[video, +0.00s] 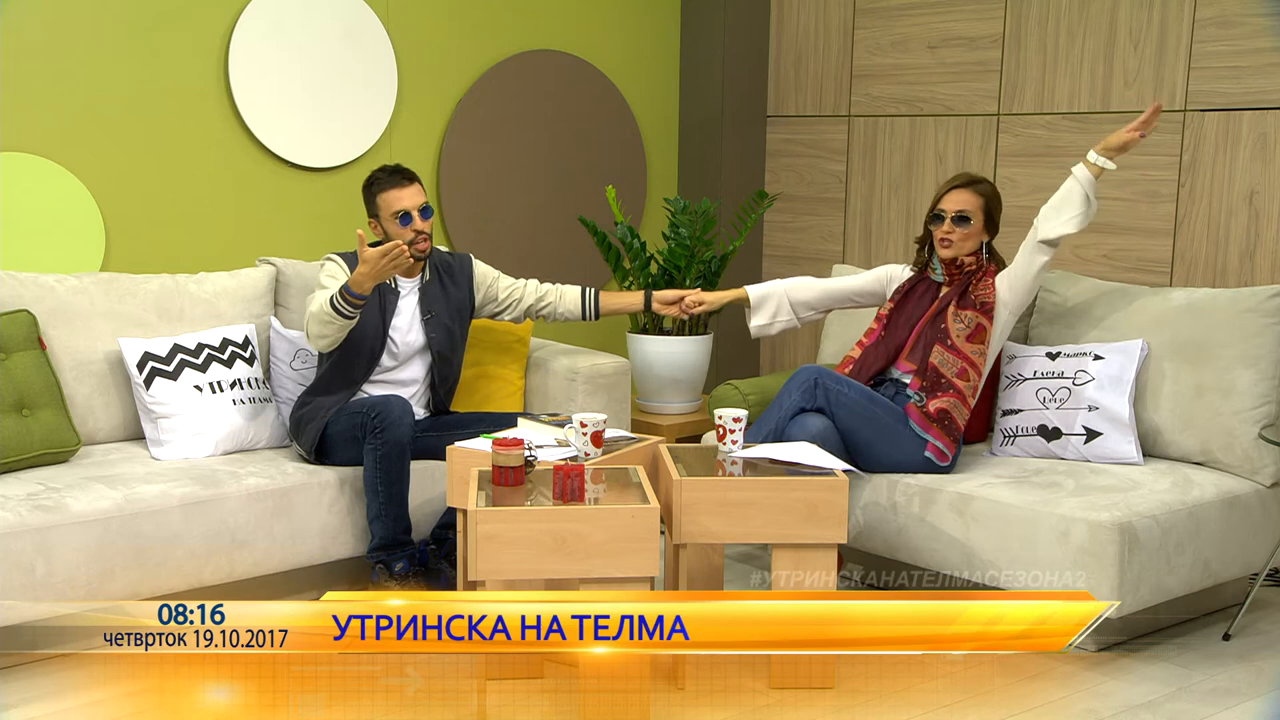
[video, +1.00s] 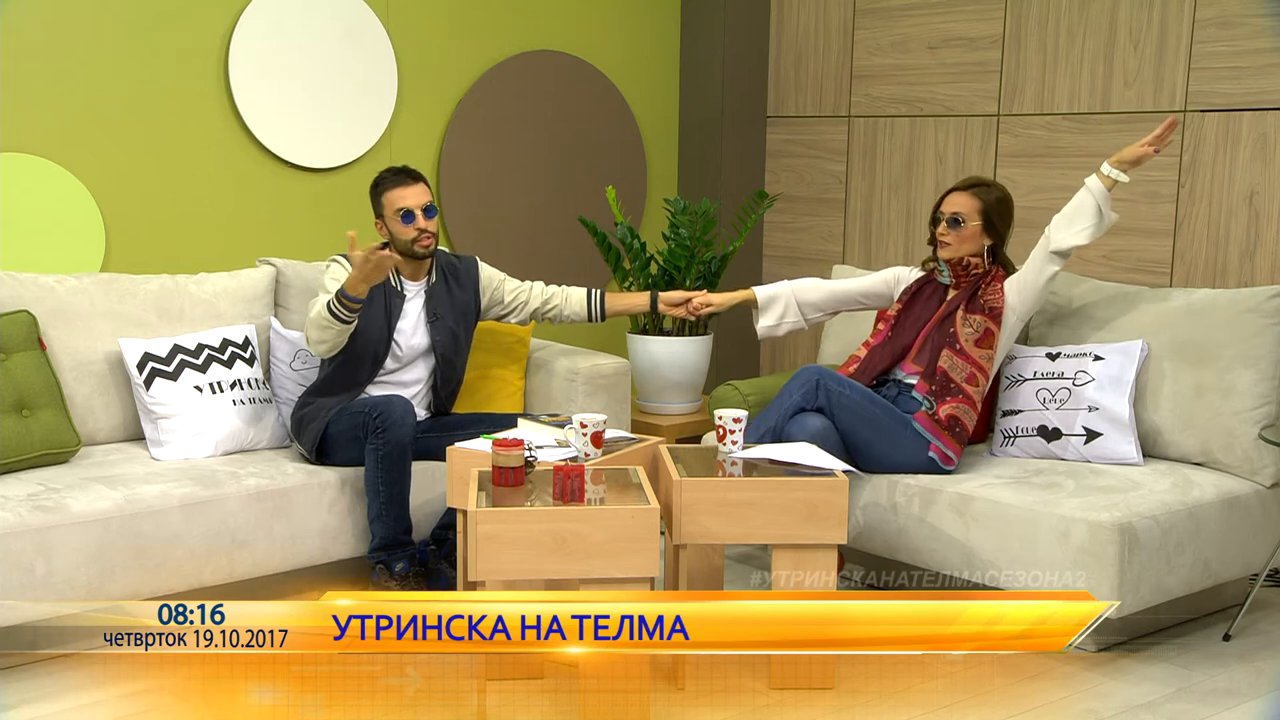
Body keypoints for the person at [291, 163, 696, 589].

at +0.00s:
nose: (419, 226)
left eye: (424, 212)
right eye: (402, 218)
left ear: (433, 212)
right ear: (374, 227)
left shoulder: (460, 273)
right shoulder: (345, 271)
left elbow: (543, 299)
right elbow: (319, 337)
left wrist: (650, 299)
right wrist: (361, 284)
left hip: (417, 421)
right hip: (332, 423)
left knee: (515, 430)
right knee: (393, 411)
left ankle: (443, 549)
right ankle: (393, 558)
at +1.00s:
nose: (422, 225)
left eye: (428, 212)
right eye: (406, 216)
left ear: (438, 215)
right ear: (381, 226)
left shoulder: (465, 276)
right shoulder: (354, 275)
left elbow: (550, 301)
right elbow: (320, 343)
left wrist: (656, 301)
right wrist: (355, 288)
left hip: (416, 421)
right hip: (332, 422)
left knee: (514, 431)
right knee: (393, 410)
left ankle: (443, 550)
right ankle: (392, 559)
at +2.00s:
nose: (439, 229)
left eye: (439, 216)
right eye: (425, 220)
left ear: (439, 215)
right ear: (386, 230)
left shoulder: (452, 276)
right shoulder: (331, 285)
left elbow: (527, 316)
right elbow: (306, 381)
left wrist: (631, 338)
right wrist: (370, 385)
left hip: (420, 422)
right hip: (332, 426)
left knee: (523, 431)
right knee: (392, 413)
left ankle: (439, 552)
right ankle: (390, 560)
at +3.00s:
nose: (392, 232)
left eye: (406, 223)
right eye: (383, 221)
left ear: (426, 232)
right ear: (372, 228)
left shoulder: (454, 283)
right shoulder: (341, 295)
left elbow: (528, 322)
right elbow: (328, 388)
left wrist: (627, 339)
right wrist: (382, 389)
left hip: (435, 419)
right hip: (353, 424)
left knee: (531, 429)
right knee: (404, 414)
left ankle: (452, 548)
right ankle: (409, 557)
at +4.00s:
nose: (455, 306)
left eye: (465, 296)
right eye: (445, 298)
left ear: (474, 281)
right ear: (421, 280)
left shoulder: (485, 303)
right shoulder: (376, 314)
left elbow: (554, 323)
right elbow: (335, 392)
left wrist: (644, 327)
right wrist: (380, 391)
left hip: (447, 427)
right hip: (375, 431)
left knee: (540, 422)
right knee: (423, 418)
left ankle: (468, 541)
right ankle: (432, 554)